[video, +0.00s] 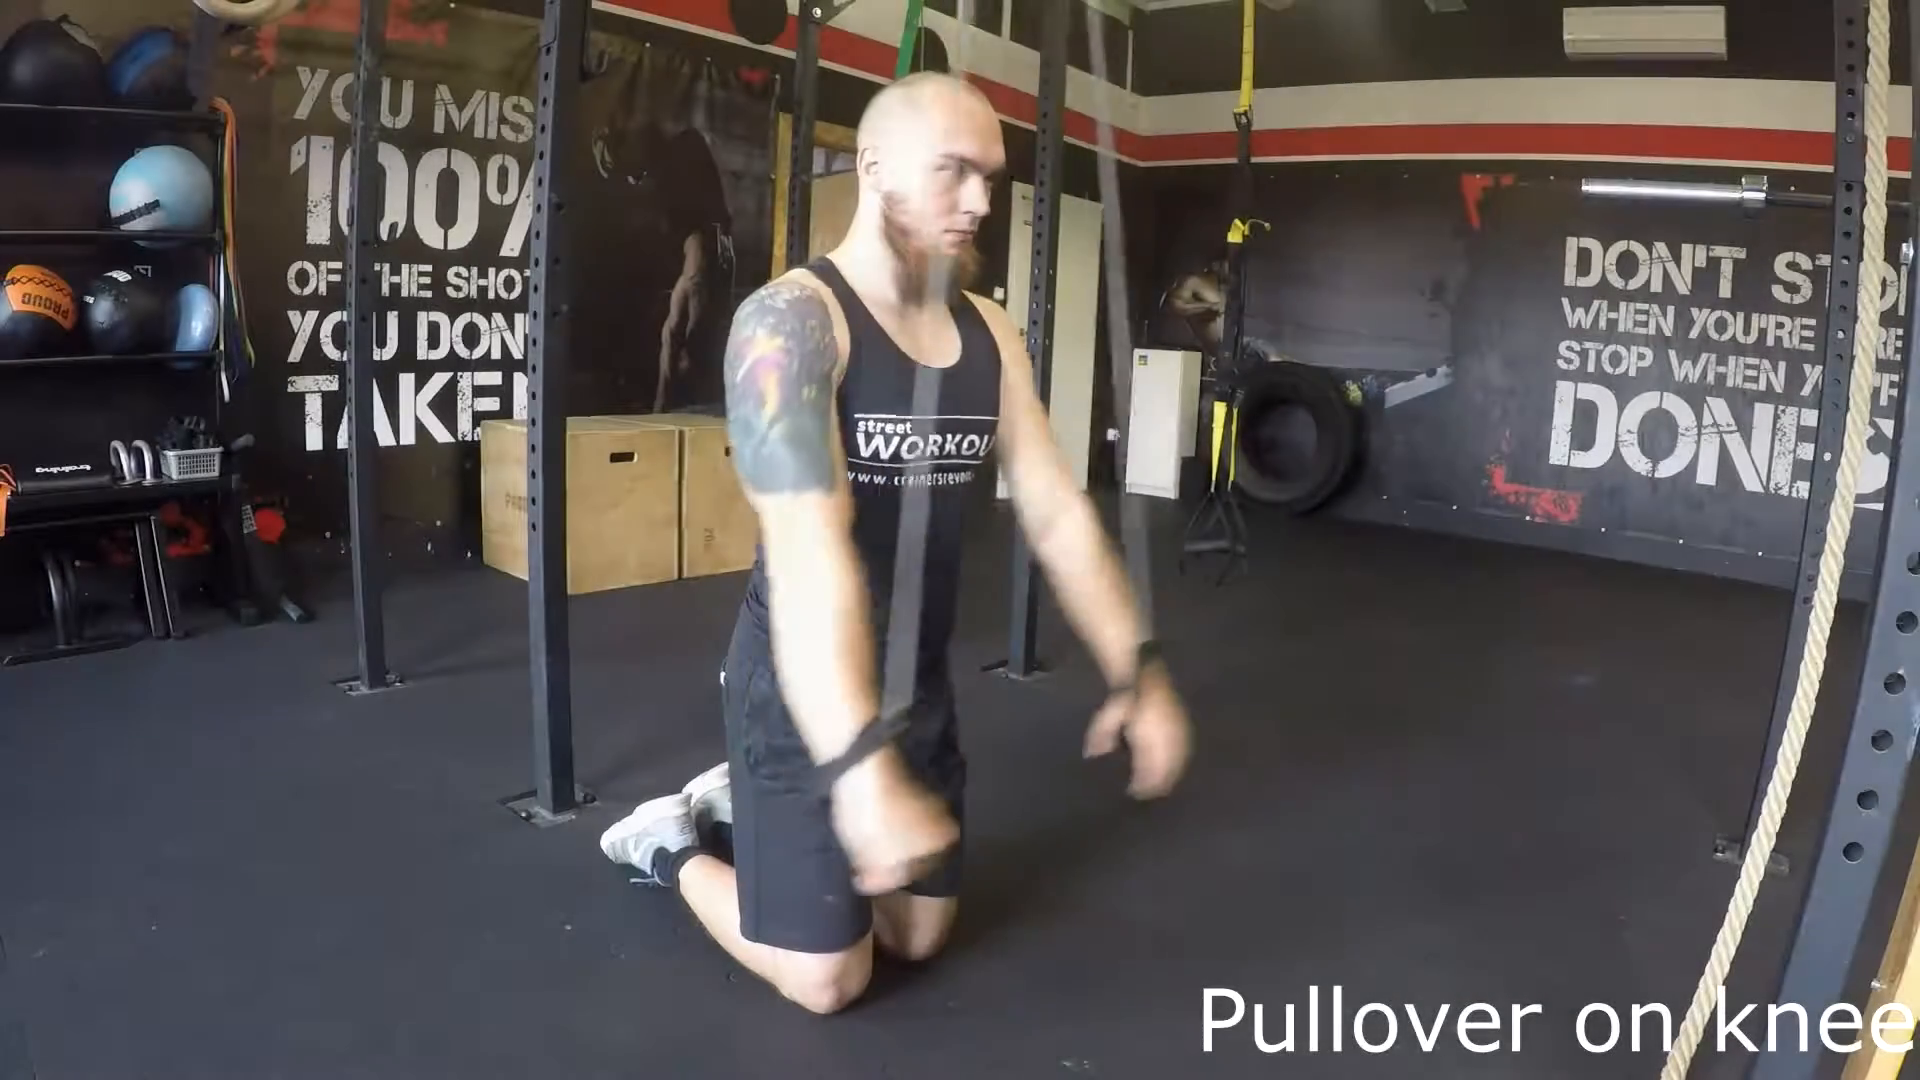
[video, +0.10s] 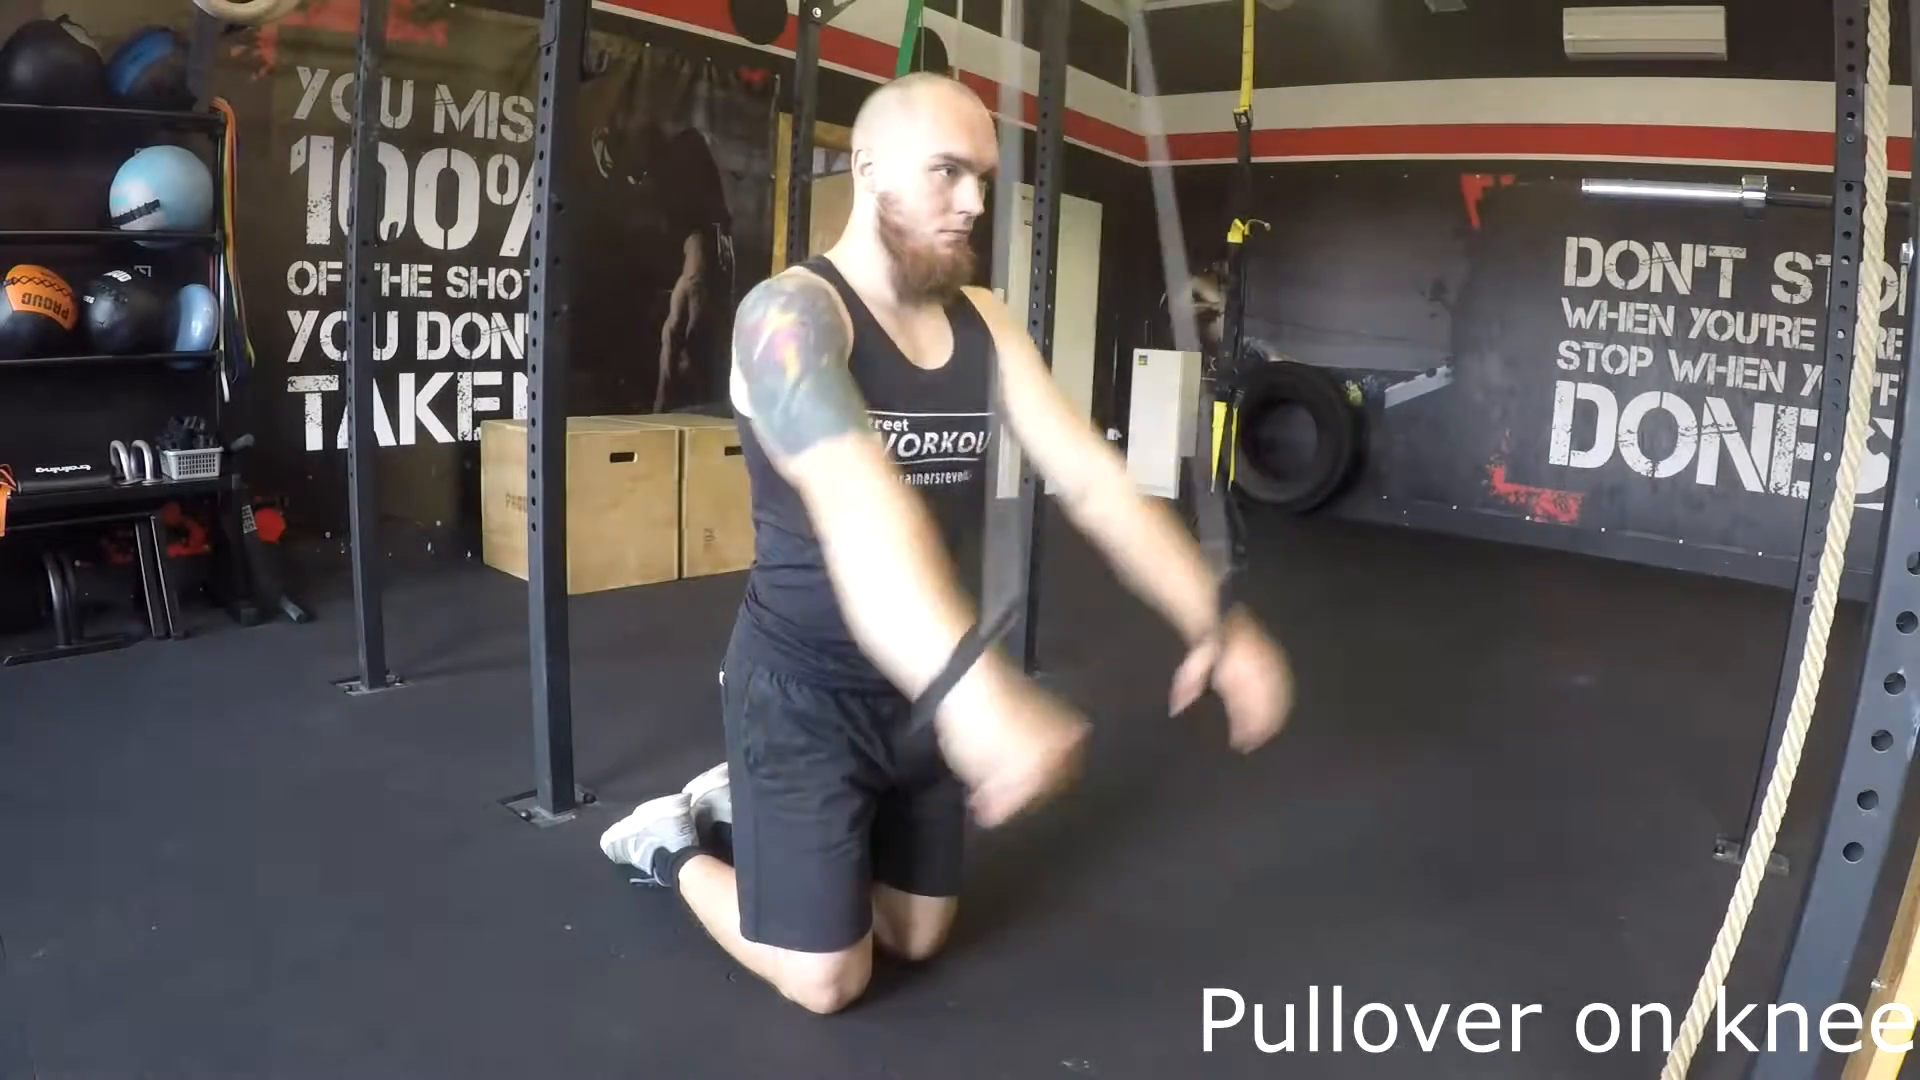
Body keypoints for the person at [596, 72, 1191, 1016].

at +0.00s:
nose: (979, 202)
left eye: (990, 178)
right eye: (955, 171)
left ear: (996, 185)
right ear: (876, 170)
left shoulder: (988, 332)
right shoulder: (789, 325)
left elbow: (1053, 505)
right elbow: (807, 561)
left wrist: (1137, 671)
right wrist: (862, 766)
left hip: (917, 680)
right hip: (801, 682)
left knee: (914, 933)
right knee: (822, 978)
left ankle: (751, 803)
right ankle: (671, 849)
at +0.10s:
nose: (972, 202)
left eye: (983, 178)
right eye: (948, 172)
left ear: (989, 185)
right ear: (871, 172)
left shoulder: (983, 322)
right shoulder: (791, 315)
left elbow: (1089, 477)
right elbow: (865, 523)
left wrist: (1211, 616)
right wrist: (979, 695)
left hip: (929, 676)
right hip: (804, 681)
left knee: (912, 934)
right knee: (823, 980)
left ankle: (745, 809)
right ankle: (673, 853)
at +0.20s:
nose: (969, 204)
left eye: (982, 182)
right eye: (945, 173)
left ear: (986, 188)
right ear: (865, 171)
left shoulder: (977, 311)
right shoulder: (788, 309)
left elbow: (1116, 418)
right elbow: (931, 444)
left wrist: (1286, 526)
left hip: (913, 684)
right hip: (797, 685)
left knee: (917, 931)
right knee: (823, 980)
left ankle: (747, 805)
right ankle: (680, 856)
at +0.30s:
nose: (965, 205)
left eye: (976, 181)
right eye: (938, 176)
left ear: (981, 184)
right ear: (859, 171)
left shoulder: (976, 307)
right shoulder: (785, 296)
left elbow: (1125, 348)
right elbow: (944, 335)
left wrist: (1328, 412)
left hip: (914, 684)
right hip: (797, 684)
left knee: (916, 931)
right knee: (821, 980)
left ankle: (750, 808)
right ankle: (675, 851)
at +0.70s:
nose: (979, 209)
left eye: (990, 184)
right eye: (952, 180)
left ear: (992, 188)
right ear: (869, 174)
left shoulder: (988, 304)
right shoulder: (797, 302)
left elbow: (1122, 346)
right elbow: (970, 366)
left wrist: (1320, 393)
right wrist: (1187, 391)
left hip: (913, 685)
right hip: (796, 685)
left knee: (916, 931)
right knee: (821, 978)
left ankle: (753, 807)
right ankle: (672, 851)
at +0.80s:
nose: (980, 209)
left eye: (994, 186)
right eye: (955, 179)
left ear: (998, 191)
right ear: (875, 173)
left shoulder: (989, 316)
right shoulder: (802, 308)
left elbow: (1146, 403)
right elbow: (961, 440)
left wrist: (1321, 495)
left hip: (914, 685)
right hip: (796, 686)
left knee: (916, 928)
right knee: (822, 982)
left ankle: (750, 810)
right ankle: (678, 852)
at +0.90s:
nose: (985, 207)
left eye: (998, 184)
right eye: (960, 176)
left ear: (1008, 189)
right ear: (880, 173)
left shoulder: (995, 323)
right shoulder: (803, 317)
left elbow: (1119, 453)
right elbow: (909, 500)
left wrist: (1266, 584)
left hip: (920, 684)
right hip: (800, 683)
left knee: (915, 933)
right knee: (824, 977)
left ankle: (740, 817)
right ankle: (674, 855)